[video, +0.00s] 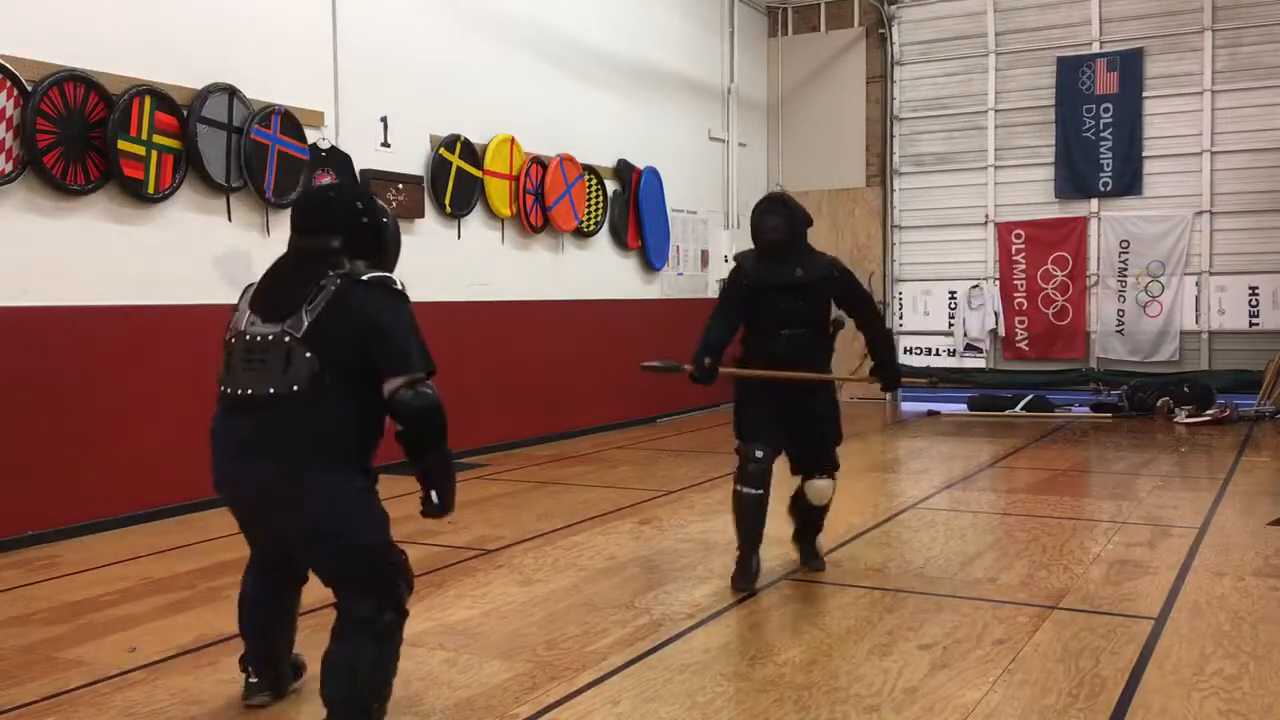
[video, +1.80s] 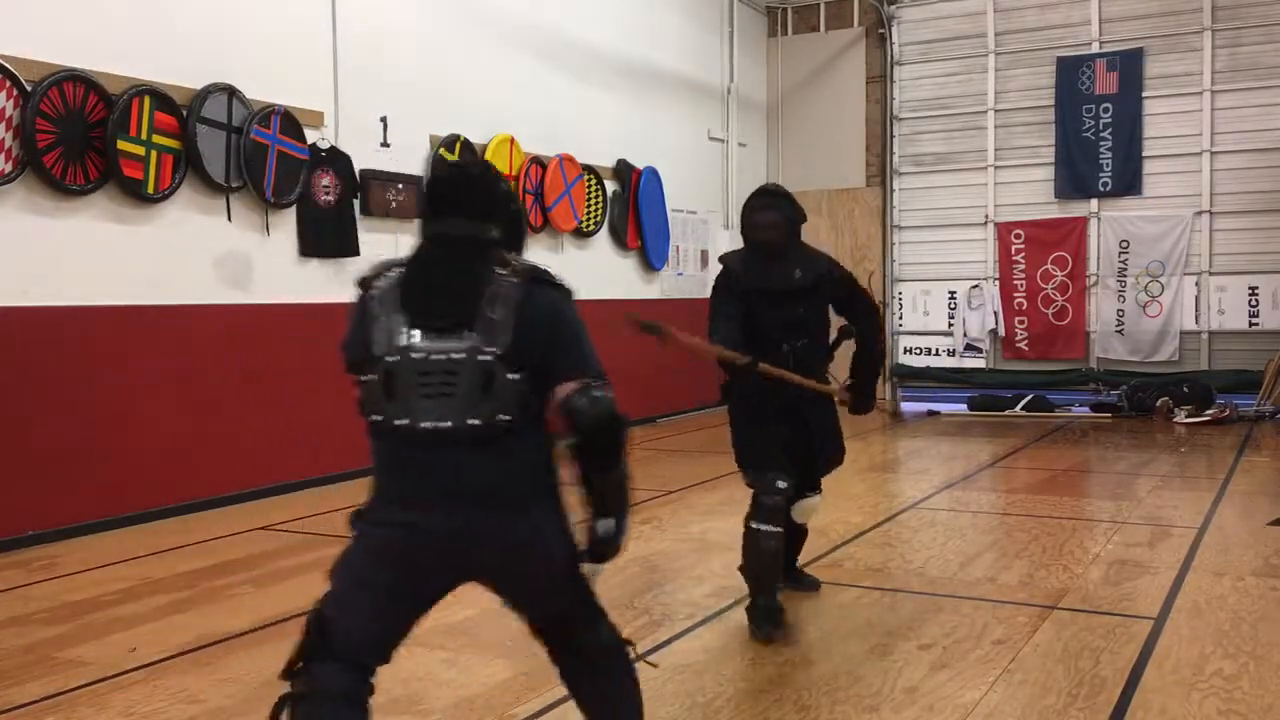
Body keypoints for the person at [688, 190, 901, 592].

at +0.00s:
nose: (772, 235)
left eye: (780, 226)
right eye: (764, 227)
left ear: (798, 227)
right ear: (754, 229)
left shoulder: (825, 271)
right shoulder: (747, 272)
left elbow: (868, 314)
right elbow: (724, 317)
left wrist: (886, 363)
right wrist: (707, 355)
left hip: (811, 386)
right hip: (759, 386)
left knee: (821, 478)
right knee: (753, 470)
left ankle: (807, 537)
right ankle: (747, 555)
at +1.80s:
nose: (765, 236)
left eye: (774, 226)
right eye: (755, 227)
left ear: (795, 226)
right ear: (744, 229)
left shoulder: (820, 270)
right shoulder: (735, 273)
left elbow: (867, 318)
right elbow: (723, 326)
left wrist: (864, 383)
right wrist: (731, 354)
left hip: (807, 397)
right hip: (754, 397)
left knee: (805, 495)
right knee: (771, 493)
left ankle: (787, 565)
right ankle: (762, 600)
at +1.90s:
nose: (767, 248)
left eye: (776, 239)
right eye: (758, 240)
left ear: (795, 240)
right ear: (746, 245)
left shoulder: (821, 283)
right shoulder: (741, 286)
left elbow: (846, 342)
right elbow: (730, 339)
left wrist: (805, 360)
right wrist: (757, 354)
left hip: (807, 403)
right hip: (758, 405)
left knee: (807, 491)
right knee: (787, 503)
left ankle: (784, 553)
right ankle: (767, 606)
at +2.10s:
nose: (780, 247)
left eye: (790, 237)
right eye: (771, 237)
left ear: (809, 242)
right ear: (758, 243)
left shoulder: (827, 287)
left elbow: (861, 357)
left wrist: (831, 358)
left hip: (816, 409)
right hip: (765, 413)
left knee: (833, 502)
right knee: (798, 508)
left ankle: (796, 552)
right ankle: (768, 606)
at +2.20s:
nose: (786, 236)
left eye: (796, 227)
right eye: (778, 227)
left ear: (813, 233)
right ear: (763, 231)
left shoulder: (827, 279)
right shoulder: (745, 281)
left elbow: (869, 335)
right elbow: (730, 339)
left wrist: (871, 379)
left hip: (821, 400)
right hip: (769, 404)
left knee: (843, 484)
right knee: (798, 501)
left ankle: (820, 552)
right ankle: (769, 606)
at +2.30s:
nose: (802, 244)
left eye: (810, 235)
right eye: (793, 235)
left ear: (821, 238)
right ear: (775, 236)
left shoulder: (830, 286)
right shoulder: (759, 284)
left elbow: (870, 340)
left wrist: (891, 395)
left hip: (823, 398)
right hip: (774, 400)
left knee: (848, 478)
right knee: (794, 492)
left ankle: (832, 556)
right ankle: (773, 584)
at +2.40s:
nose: (820, 252)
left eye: (823, 242)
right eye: (810, 243)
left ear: (827, 245)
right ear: (788, 246)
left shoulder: (829, 291)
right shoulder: (764, 289)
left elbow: (872, 343)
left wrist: (917, 390)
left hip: (826, 407)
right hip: (780, 410)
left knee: (854, 490)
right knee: (788, 497)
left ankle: (831, 564)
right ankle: (773, 598)